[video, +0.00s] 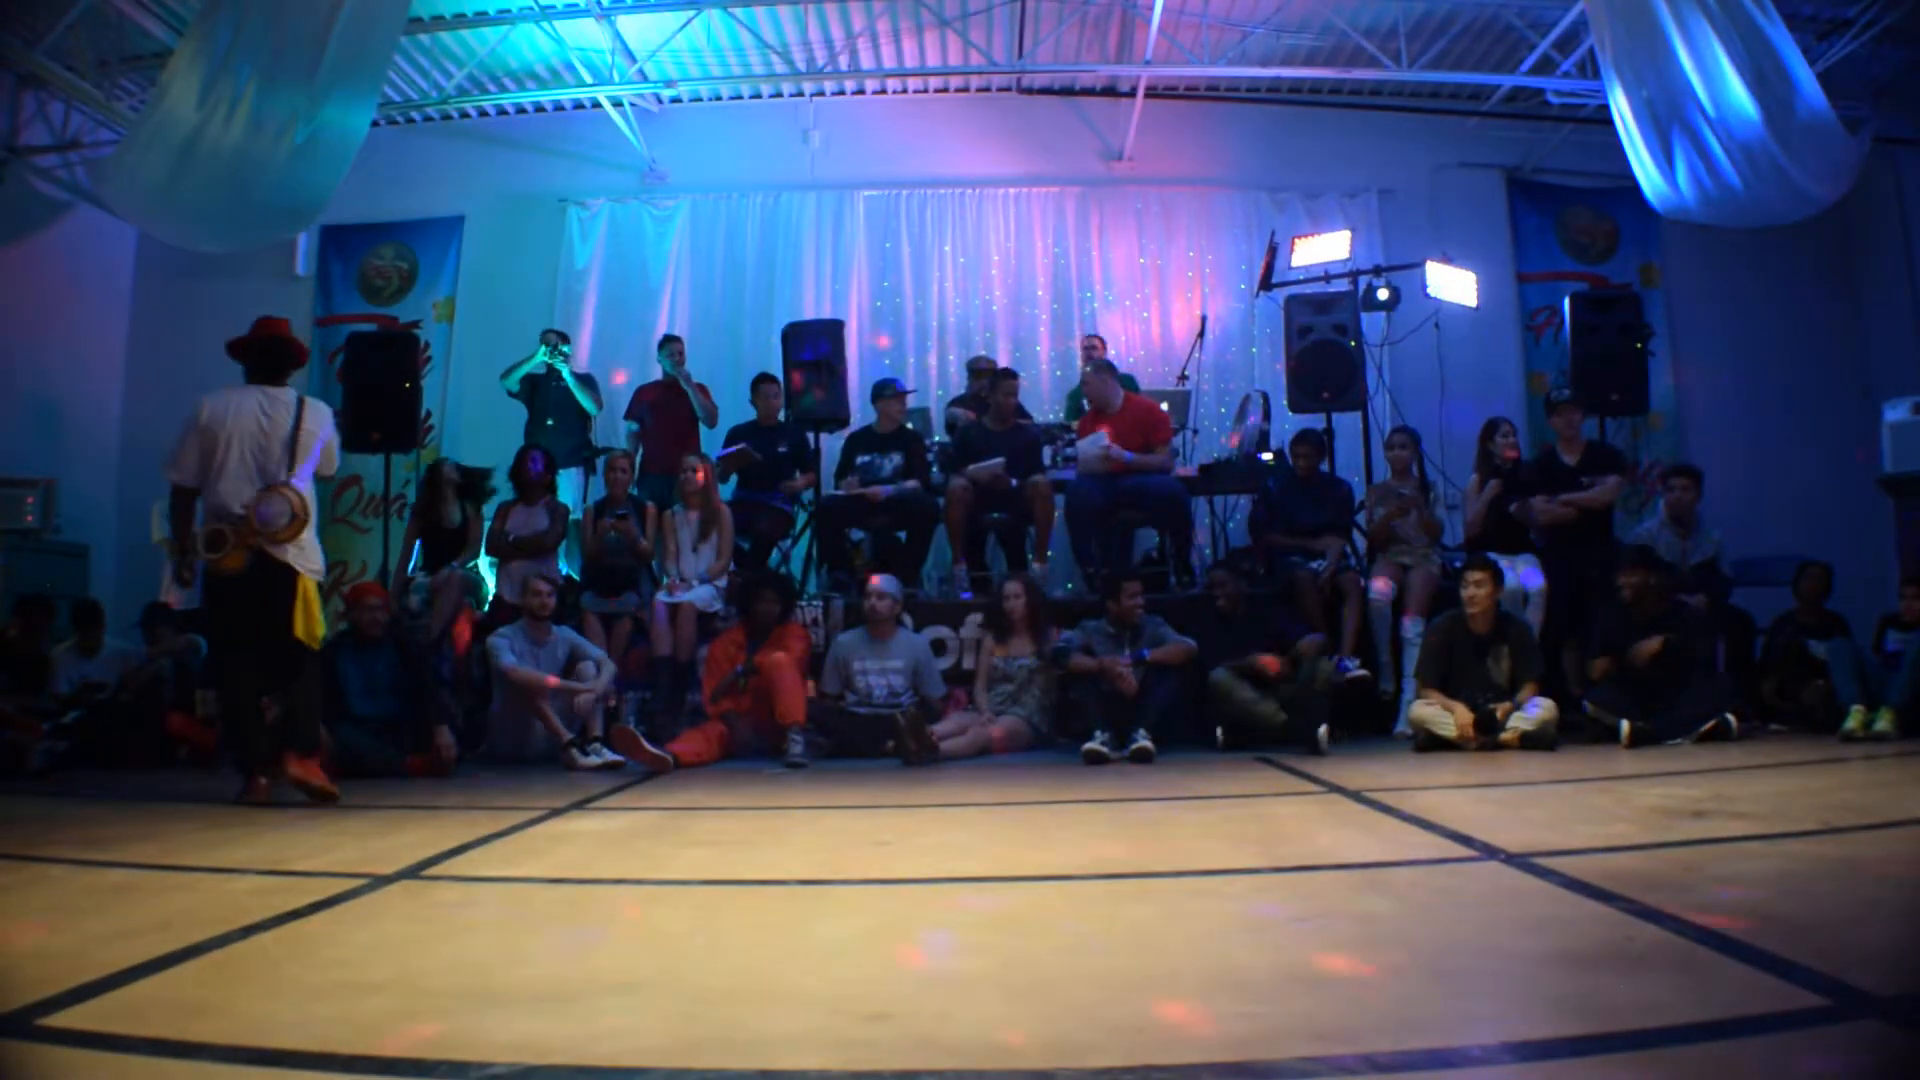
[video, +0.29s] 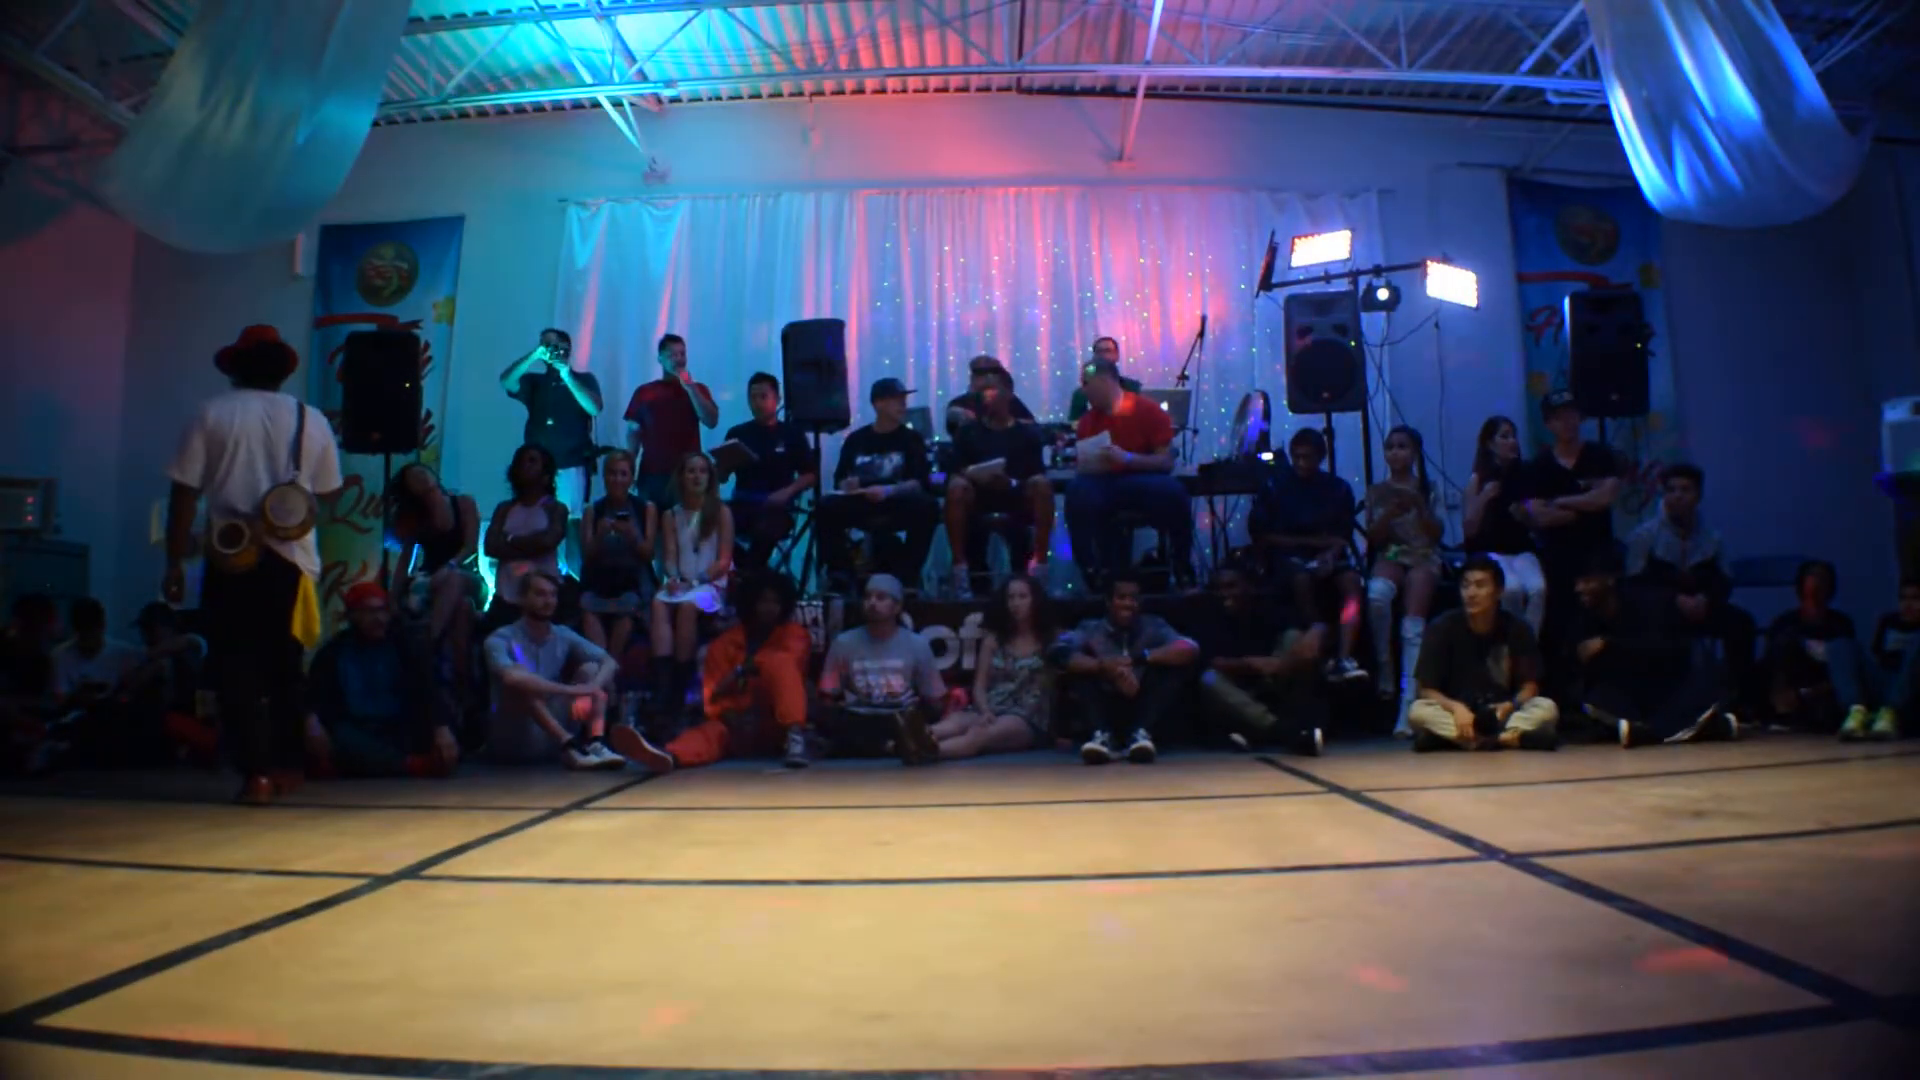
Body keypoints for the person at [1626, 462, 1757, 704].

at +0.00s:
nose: (1678, 497)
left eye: (1686, 490)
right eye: (1672, 490)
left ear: (1698, 497)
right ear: (1663, 494)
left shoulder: (1711, 539)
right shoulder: (1645, 536)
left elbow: (1722, 580)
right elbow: (1639, 580)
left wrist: (1706, 600)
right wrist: (1678, 600)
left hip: (1700, 608)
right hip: (1659, 606)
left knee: (1742, 622)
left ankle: (1740, 694)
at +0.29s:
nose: (1678, 497)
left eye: (1686, 490)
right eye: (1672, 490)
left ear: (1698, 497)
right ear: (1663, 495)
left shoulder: (1711, 538)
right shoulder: (1645, 536)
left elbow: (1723, 579)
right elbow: (1638, 583)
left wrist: (1705, 600)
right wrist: (1675, 600)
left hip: (1701, 609)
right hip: (1661, 610)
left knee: (1741, 622)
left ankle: (1740, 699)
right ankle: (1666, 704)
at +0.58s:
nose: (1677, 497)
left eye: (1685, 490)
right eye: (1671, 490)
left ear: (1697, 497)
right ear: (1662, 495)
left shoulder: (1708, 538)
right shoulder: (1646, 536)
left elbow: (1722, 580)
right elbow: (1637, 582)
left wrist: (1704, 600)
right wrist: (1675, 600)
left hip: (1700, 608)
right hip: (1661, 608)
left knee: (1741, 623)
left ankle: (1736, 703)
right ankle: (1663, 705)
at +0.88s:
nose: (1677, 498)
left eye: (1685, 491)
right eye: (1671, 490)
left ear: (1698, 497)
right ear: (1664, 495)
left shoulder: (1709, 537)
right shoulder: (1650, 535)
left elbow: (1722, 579)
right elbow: (1639, 580)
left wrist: (1705, 600)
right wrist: (1676, 601)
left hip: (1700, 609)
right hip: (1661, 608)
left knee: (1741, 622)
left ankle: (1733, 707)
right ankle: (1648, 716)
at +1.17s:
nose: (1678, 497)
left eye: (1686, 490)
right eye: (1672, 490)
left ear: (1697, 497)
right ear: (1664, 495)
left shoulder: (1711, 537)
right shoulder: (1649, 535)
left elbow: (1722, 579)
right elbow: (1638, 581)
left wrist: (1706, 600)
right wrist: (1676, 601)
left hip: (1701, 608)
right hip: (1662, 607)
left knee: (1741, 623)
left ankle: (1735, 707)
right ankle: (1650, 716)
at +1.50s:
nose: (1675, 499)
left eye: (1683, 491)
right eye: (1669, 491)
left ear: (1696, 498)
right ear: (1661, 497)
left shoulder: (1708, 539)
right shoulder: (1646, 537)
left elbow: (1720, 582)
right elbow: (1635, 584)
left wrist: (1704, 602)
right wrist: (1674, 602)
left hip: (1698, 613)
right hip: (1658, 610)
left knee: (1739, 624)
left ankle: (1736, 710)